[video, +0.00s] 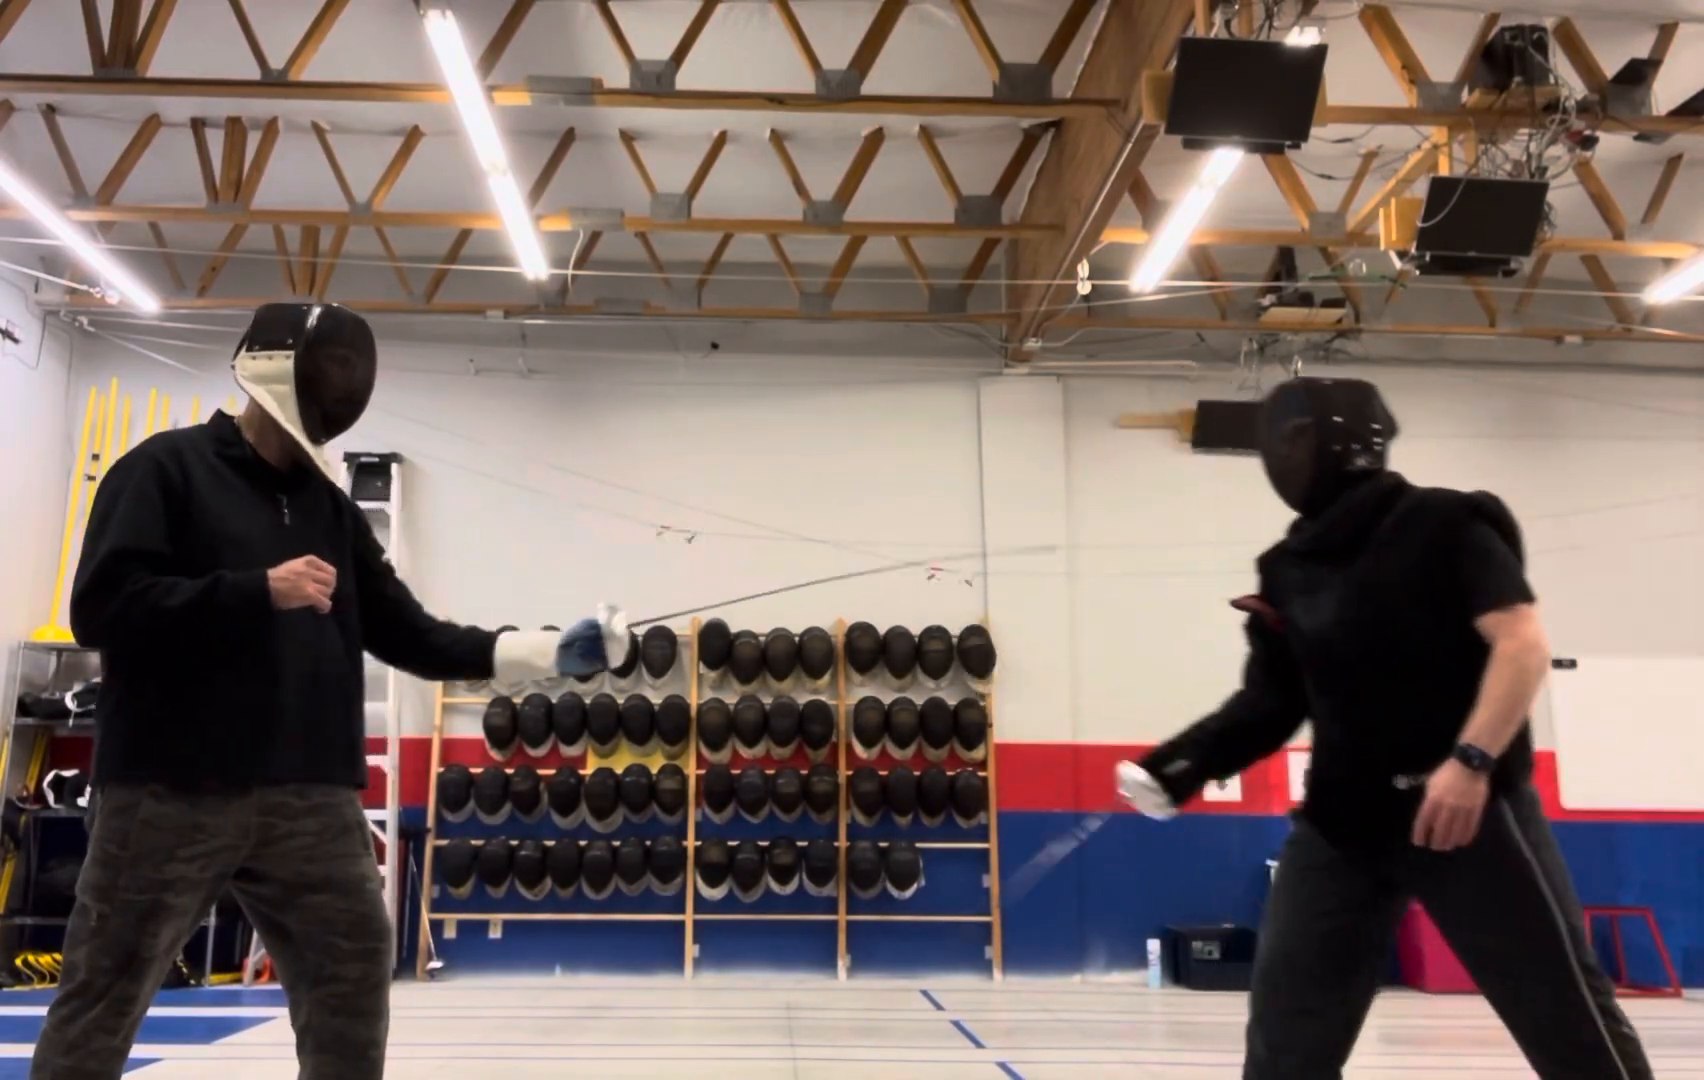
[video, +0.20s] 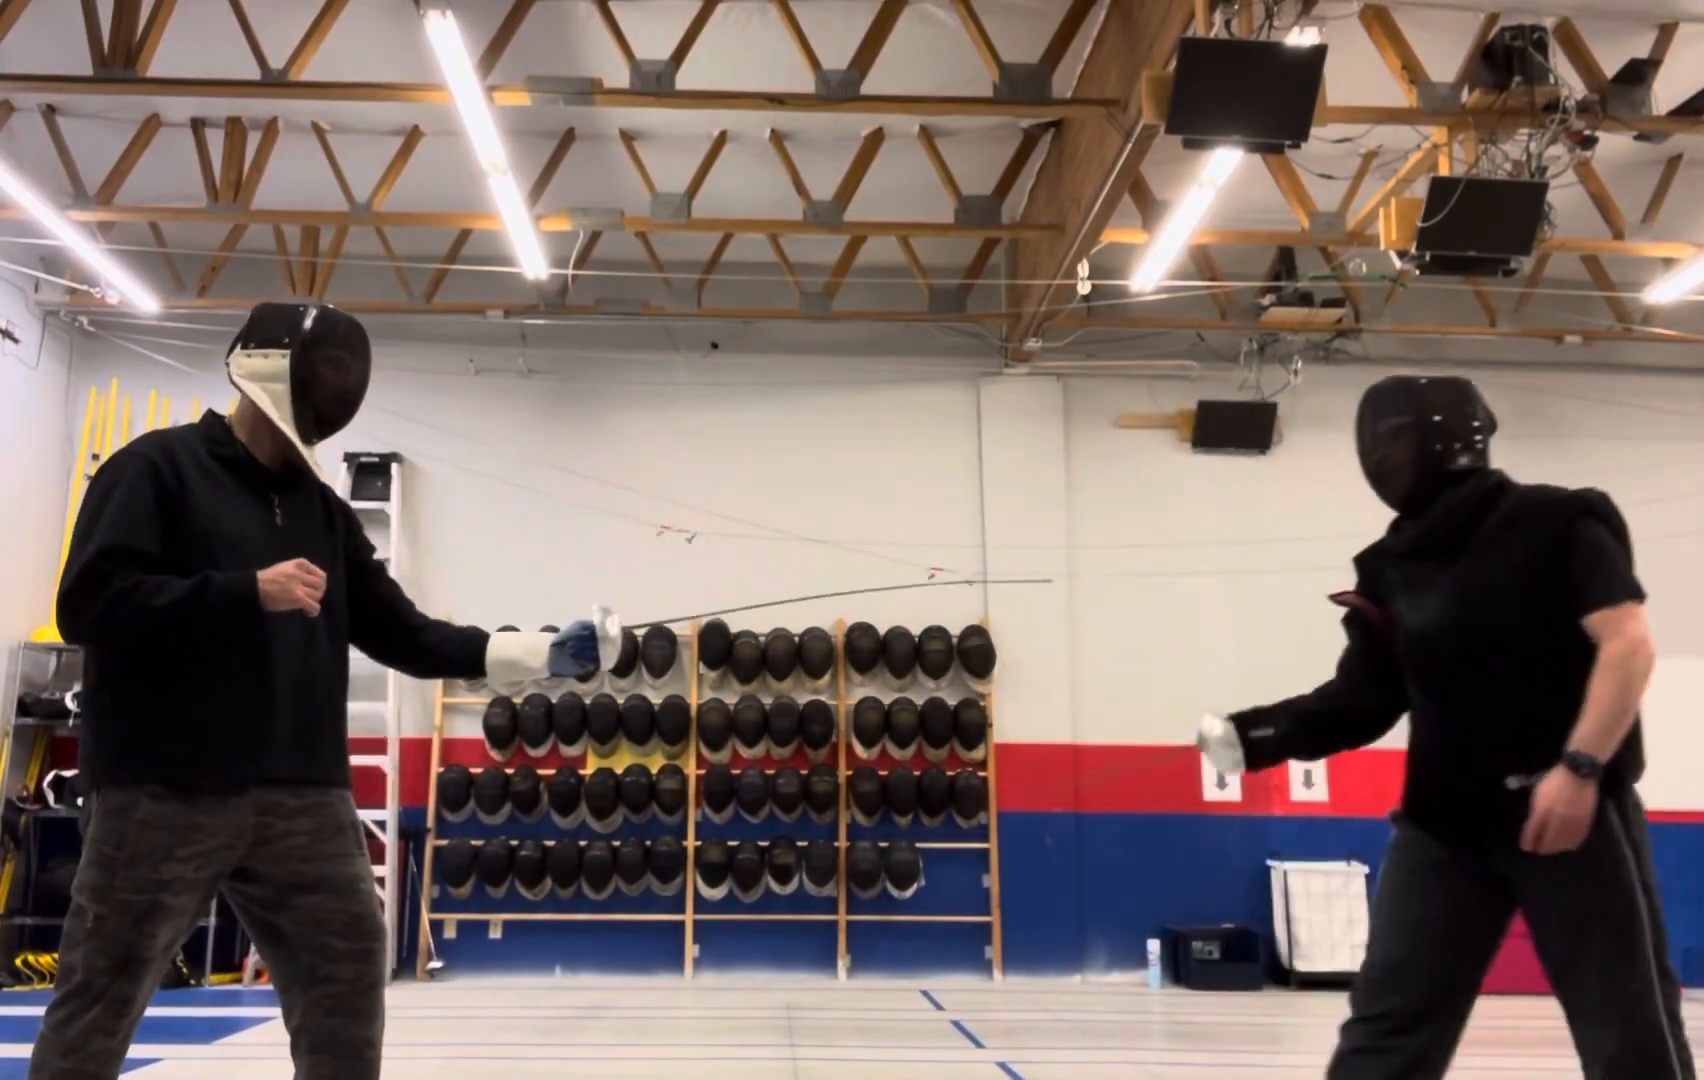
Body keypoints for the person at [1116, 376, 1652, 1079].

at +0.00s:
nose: (1276, 463)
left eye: (1288, 443)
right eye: (1273, 448)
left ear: (1334, 441)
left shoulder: (1447, 525)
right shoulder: (1290, 571)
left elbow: (1525, 646)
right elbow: (1272, 701)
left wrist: (1471, 762)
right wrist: (1180, 768)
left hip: (1471, 814)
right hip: (1343, 824)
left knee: (1572, 1027)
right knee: (1286, 1043)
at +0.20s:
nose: (1378, 465)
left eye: (1390, 444)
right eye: (1374, 449)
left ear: (1439, 439)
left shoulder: (1559, 522)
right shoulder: (1392, 567)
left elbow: (1631, 648)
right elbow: (1367, 696)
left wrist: (1580, 770)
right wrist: (1260, 737)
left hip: (1574, 818)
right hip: (1447, 827)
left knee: (1631, 1036)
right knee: (1386, 1037)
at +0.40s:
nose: (1423, 452)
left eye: (1436, 431)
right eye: (1420, 438)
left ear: (1487, 424)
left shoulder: (1613, 510)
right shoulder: (1440, 558)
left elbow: (1682, 626)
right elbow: (1378, 671)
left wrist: (1682, 762)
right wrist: (1257, 661)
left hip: (1621, 803)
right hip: (1495, 815)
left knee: (1657, 1026)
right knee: (1466, 999)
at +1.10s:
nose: (1396, 461)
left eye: (1408, 441)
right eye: (1388, 448)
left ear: (1457, 434)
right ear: (1395, 456)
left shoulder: (1583, 512)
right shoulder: (1404, 565)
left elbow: (1665, 627)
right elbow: (1288, 617)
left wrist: (1665, 754)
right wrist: (1161, 612)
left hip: (1605, 812)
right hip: (1474, 826)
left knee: (1657, 1041)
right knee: (1424, 1042)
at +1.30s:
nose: (1308, 469)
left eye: (1319, 448)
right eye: (1305, 454)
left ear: (1367, 442)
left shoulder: (1494, 521)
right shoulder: (1323, 577)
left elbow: (1576, 638)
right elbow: (1211, 635)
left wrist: (1598, 768)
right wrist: (1080, 626)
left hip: (1525, 823)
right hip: (1396, 838)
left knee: (1611, 1043)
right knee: (1350, 1050)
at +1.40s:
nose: (1253, 463)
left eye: (1263, 440)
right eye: (1248, 446)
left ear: (1312, 431)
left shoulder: (1436, 511)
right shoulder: (1273, 570)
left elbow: (1516, 629)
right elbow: (1170, 642)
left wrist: (1535, 758)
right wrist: (1035, 630)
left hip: (1467, 810)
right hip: (1342, 828)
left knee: (1574, 1033)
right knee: (1304, 1051)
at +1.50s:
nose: (1204, 452)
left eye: (1213, 430)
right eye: (1200, 436)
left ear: (1263, 423)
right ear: (1264, 431)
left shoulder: (1382, 498)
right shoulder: (1222, 562)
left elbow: (1462, 614)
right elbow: (1126, 634)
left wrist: (1458, 742)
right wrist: (996, 627)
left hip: (1424, 793)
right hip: (1302, 820)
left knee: (1537, 1020)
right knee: (1285, 1048)